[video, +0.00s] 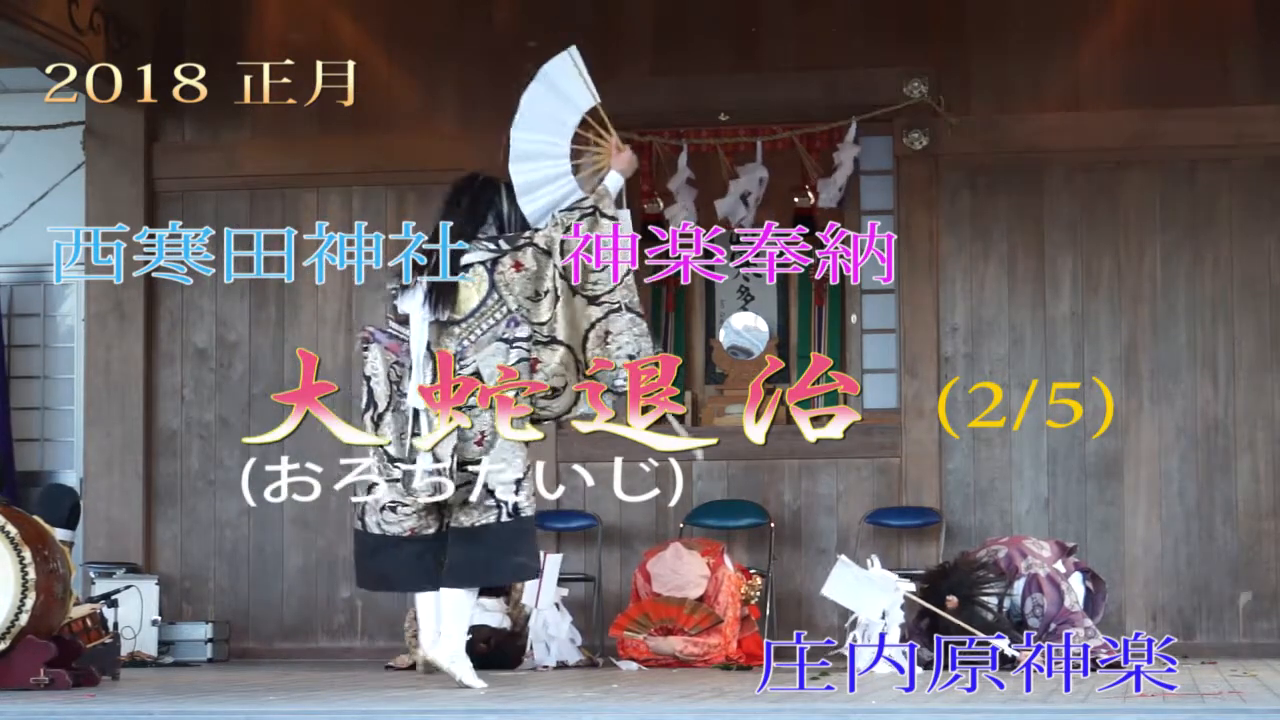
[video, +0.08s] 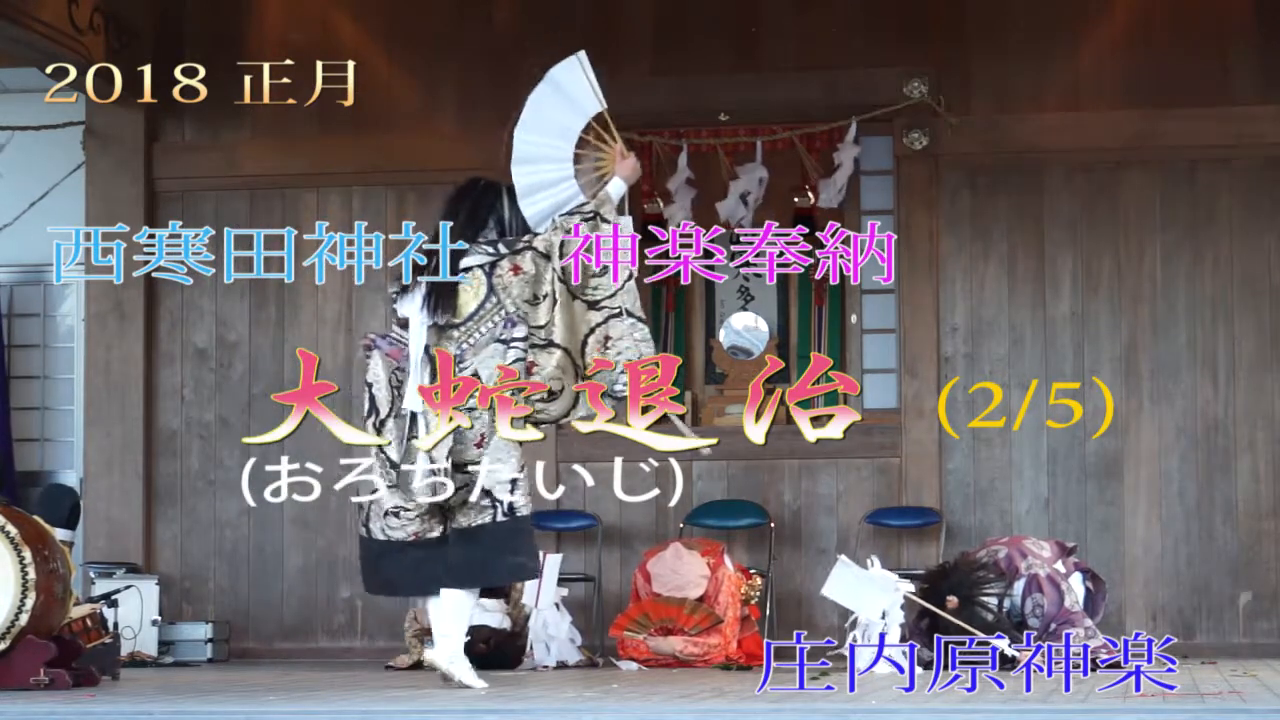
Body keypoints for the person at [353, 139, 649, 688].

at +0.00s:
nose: (513, 217)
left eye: (506, 208)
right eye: (508, 207)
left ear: (451, 216)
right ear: (503, 215)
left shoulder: (427, 272)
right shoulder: (508, 266)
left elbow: (389, 345)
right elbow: (567, 235)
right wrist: (614, 179)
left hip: (423, 409)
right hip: (482, 410)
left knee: (429, 518)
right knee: (472, 520)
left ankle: (433, 638)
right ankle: (450, 641)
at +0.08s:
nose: (513, 226)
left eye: (509, 216)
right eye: (509, 217)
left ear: (453, 222)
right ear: (502, 222)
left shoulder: (426, 282)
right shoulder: (506, 274)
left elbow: (396, 355)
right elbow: (564, 237)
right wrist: (616, 185)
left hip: (427, 417)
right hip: (477, 420)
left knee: (448, 535)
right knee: (470, 534)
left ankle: (445, 644)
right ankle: (450, 647)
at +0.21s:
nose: (509, 232)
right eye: (505, 221)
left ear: (446, 232)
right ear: (500, 230)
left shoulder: (418, 296)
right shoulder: (511, 281)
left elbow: (392, 384)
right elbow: (568, 248)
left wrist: (395, 435)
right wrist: (613, 197)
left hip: (425, 440)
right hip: (486, 435)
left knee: (440, 553)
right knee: (509, 548)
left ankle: (452, 664)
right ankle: (478, 639)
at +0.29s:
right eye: (505, 230)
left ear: (447, 244)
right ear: (503, 238)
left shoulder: (423, 306)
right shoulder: (523, 284)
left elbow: (397, 391)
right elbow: (575, 257)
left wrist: (398, 440)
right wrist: (612, 204)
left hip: (431, 442)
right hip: (502, 432)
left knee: (442, 554)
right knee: (529, 528)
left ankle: (453, 662)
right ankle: (525, 614)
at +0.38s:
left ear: (455, 252)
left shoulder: (430, 311)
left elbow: (398, 402)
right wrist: (609, 212)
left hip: (430, 456)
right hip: (496, 452)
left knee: (452, 560)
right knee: (585, 507)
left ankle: (454, 661)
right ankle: (576, 592)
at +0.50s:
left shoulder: (468, 307)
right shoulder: (549, 282)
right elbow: (581, 263)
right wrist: (612, 209)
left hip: (452, 457)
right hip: (514, 454)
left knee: (465, 550)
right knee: (616, 470)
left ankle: (454, 661)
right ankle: (640, 570)